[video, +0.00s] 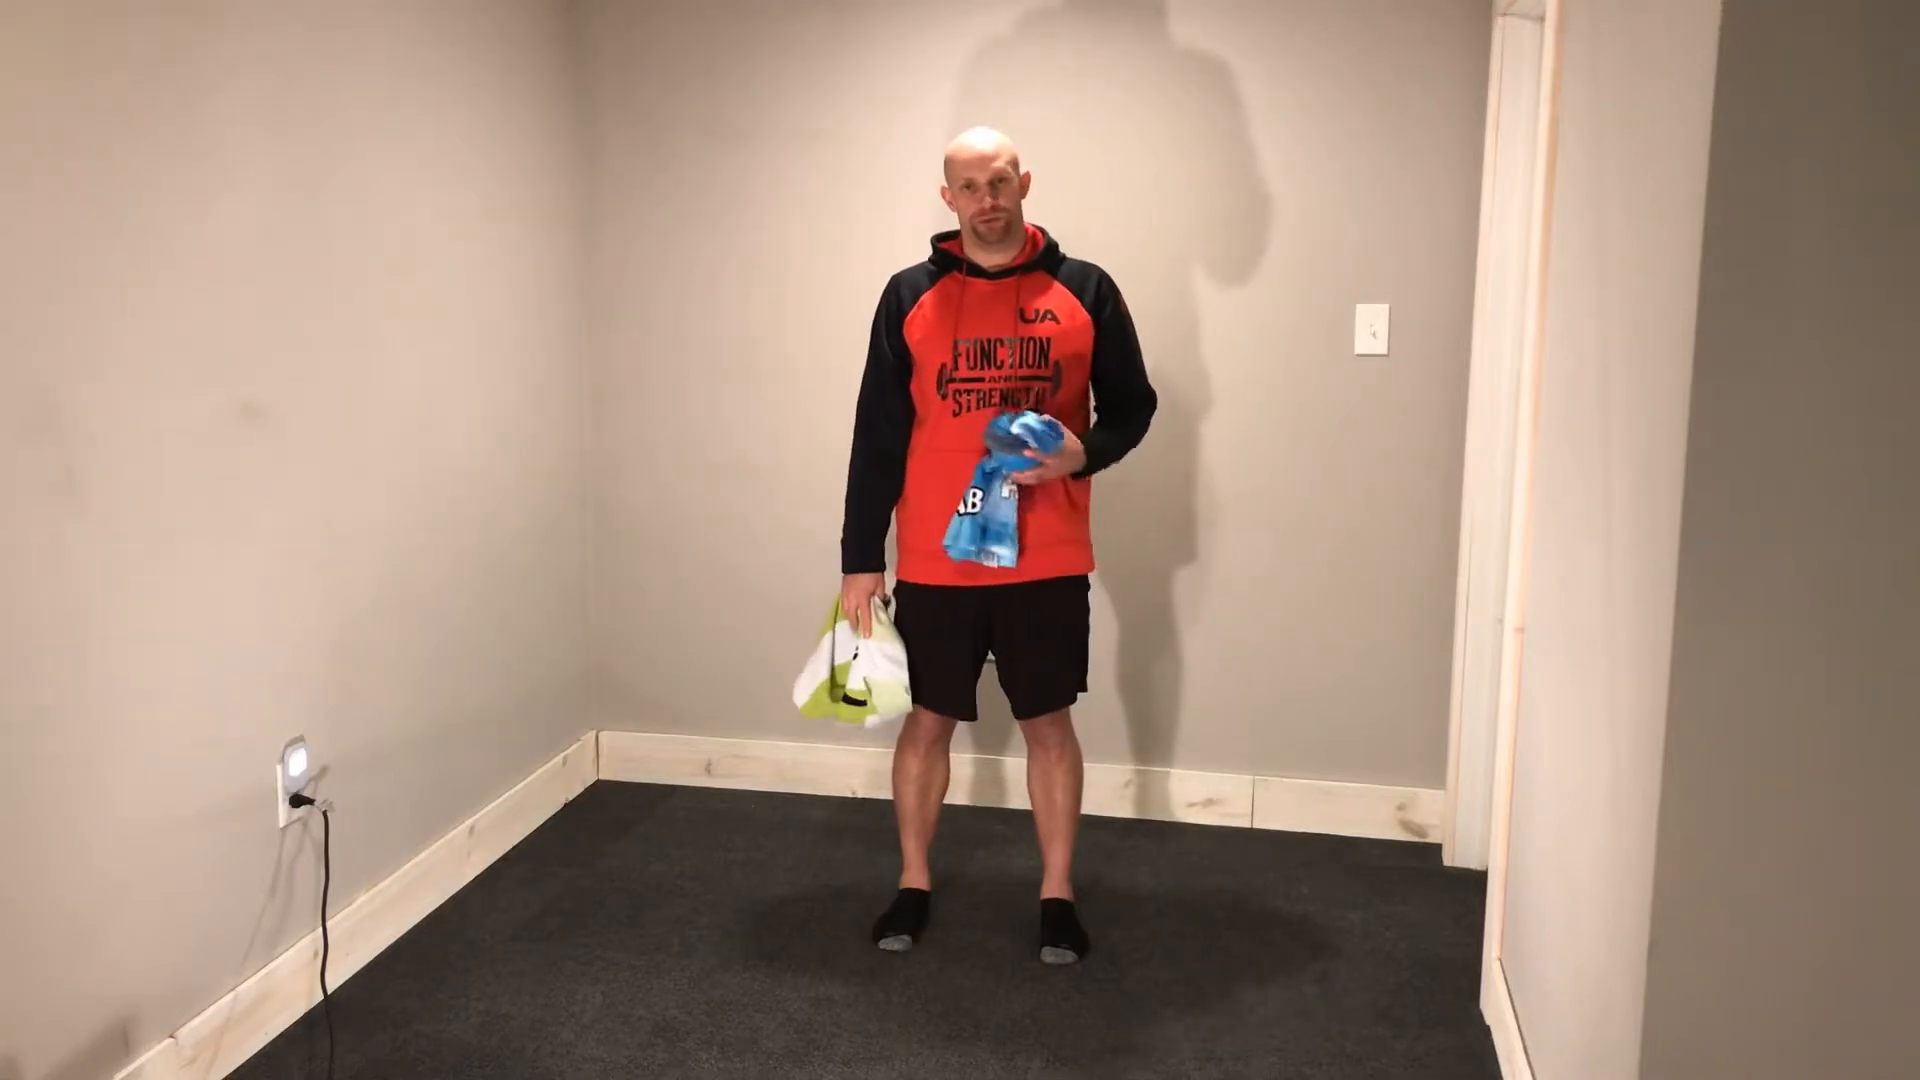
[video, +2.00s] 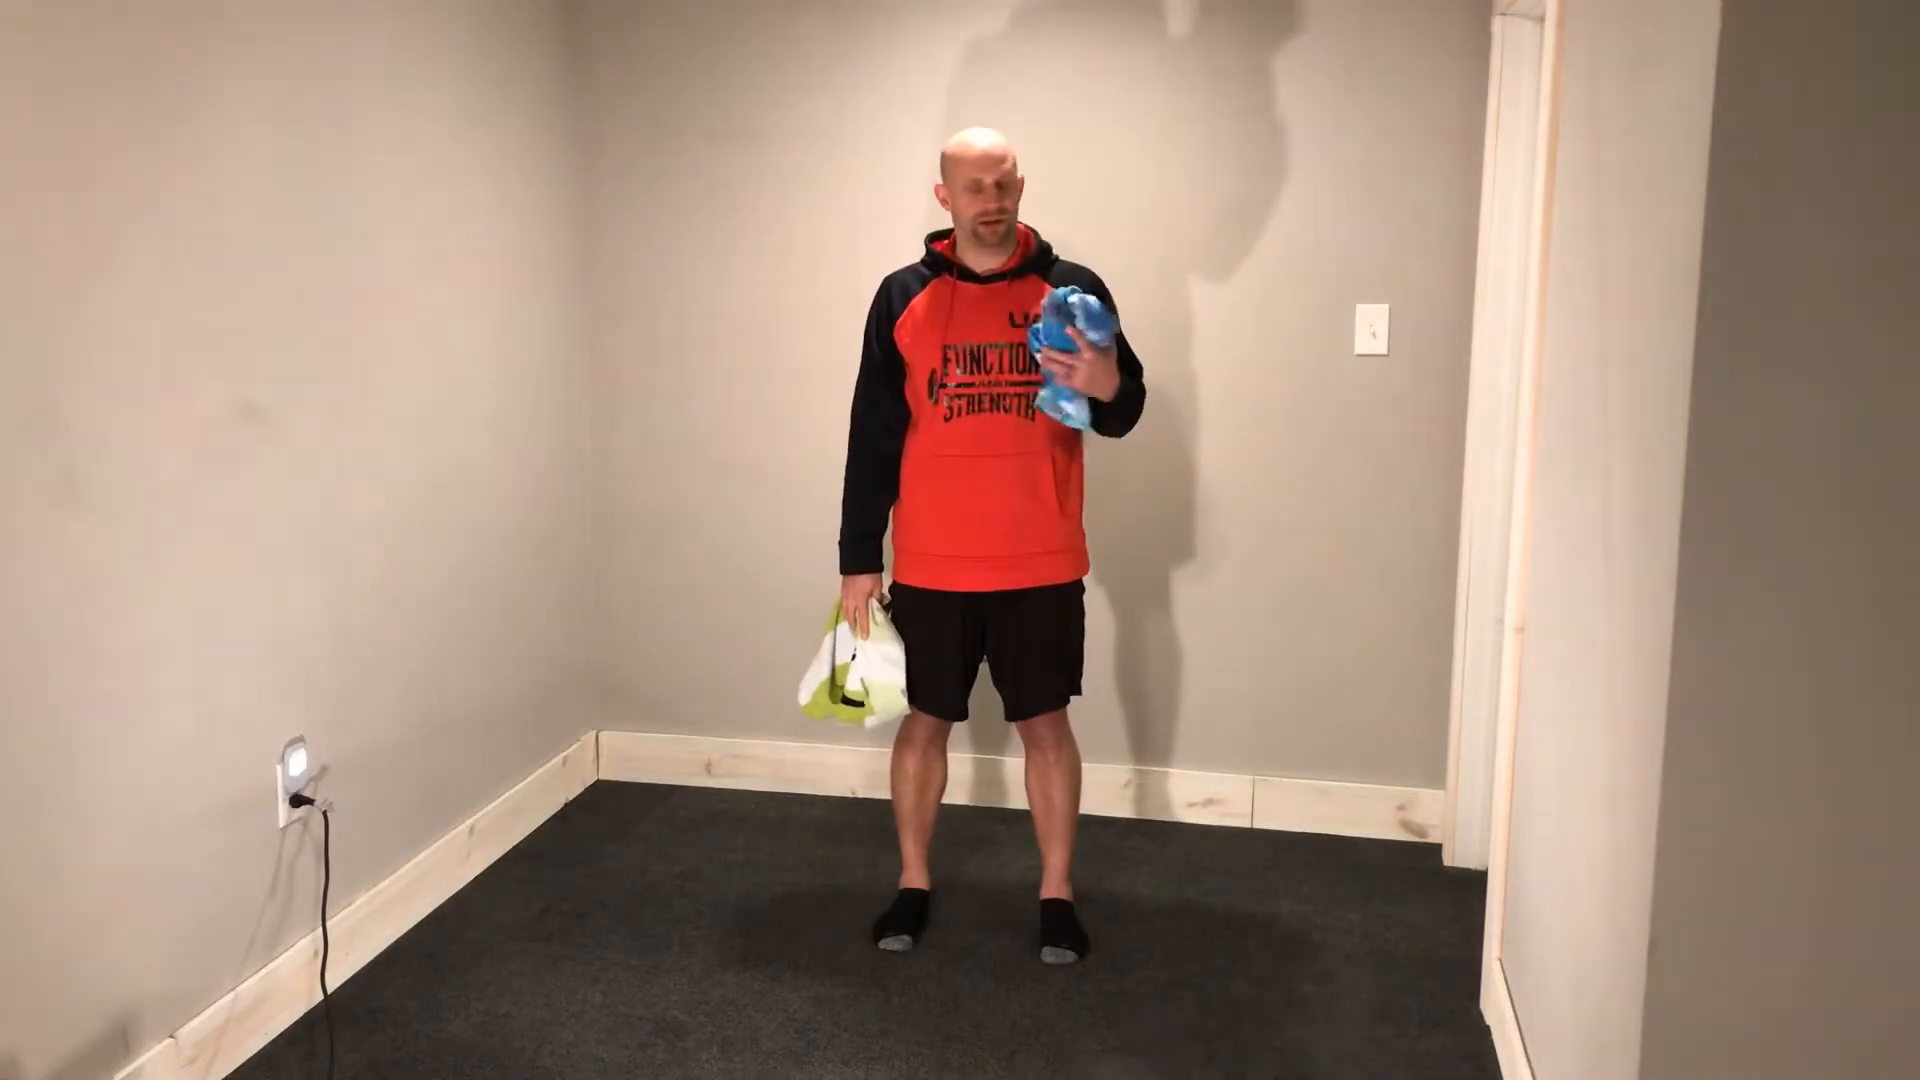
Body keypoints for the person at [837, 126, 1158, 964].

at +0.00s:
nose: (982, 201)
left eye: (996, 184)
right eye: (965, 187)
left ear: (1025, 184)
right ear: (946, 196)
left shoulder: (1085, 291)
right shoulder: (910, 297)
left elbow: (1133, 404)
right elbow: (878, 433)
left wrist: (1082, 455)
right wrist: (861, 557)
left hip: (1042, 556)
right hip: (937, 559)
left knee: (1047, 722)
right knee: (928, 721)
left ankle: (1057, 896)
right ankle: (912, 887)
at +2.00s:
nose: (993, 203)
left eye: (1006, 187)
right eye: (976, 188)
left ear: (1022, 188)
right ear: (943, 194)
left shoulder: (1072, 293)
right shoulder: (903, 297)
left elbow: (1124, 415)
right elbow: (873, 432)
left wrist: (1111, 386)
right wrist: (860, 557)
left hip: (1039, 561)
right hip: (933, 562)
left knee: (1044, 725)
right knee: (924, 723)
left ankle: (1057, 897)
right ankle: (911, 887)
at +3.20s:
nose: (986, 205)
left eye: (1000, 187)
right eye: (970, 190)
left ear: (1030, 185)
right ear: (951, 194)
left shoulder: (1090, 293)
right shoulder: (913, 294)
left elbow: (1128, 403)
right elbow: (854, 402)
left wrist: (1091, 445)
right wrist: (805, 500)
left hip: (1045, 559)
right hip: (938, 558)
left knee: (1048, 723)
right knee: (927, 718)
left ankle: (1058, 898)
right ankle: (912, 887)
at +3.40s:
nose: (962, 222)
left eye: (976, 206)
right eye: (953, 205)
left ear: (1026, 191)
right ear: (946, 199)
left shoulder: (1091, 296)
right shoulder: (918, 288)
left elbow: (1131, 409)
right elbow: (850, 366)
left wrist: (1091, 444)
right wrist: (778, 386)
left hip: (1043, 558)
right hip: (937, 555)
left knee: (1046, 721)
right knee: (927, 716)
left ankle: (1058, 897)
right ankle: (912, 888)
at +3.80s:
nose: (973, 216)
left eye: (987, 199)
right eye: (964, 199)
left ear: (1036, 190)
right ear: (957, 197)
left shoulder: (1093, 300)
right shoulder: (917, 280)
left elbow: (1130, 413)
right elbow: (831, 320)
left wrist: (1087, 458)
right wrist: (764, 265)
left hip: (1039, 560)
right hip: (932, 553)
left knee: (1044, 721)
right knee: (926, 716)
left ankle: (1058, 898)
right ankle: (912, 886)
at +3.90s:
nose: (977, 214)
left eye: (992, 197)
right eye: (967, 198)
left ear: (1037, 190)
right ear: (959, 196)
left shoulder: (1092, 300)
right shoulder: (916, 281)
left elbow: (1131, 416)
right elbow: (822, 302)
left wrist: (1085, 453)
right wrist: (761, 239)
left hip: (1037, 559)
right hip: (932, 551)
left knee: (1044, 721)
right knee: (926, 716)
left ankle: (1057, 899)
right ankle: (913, 888)